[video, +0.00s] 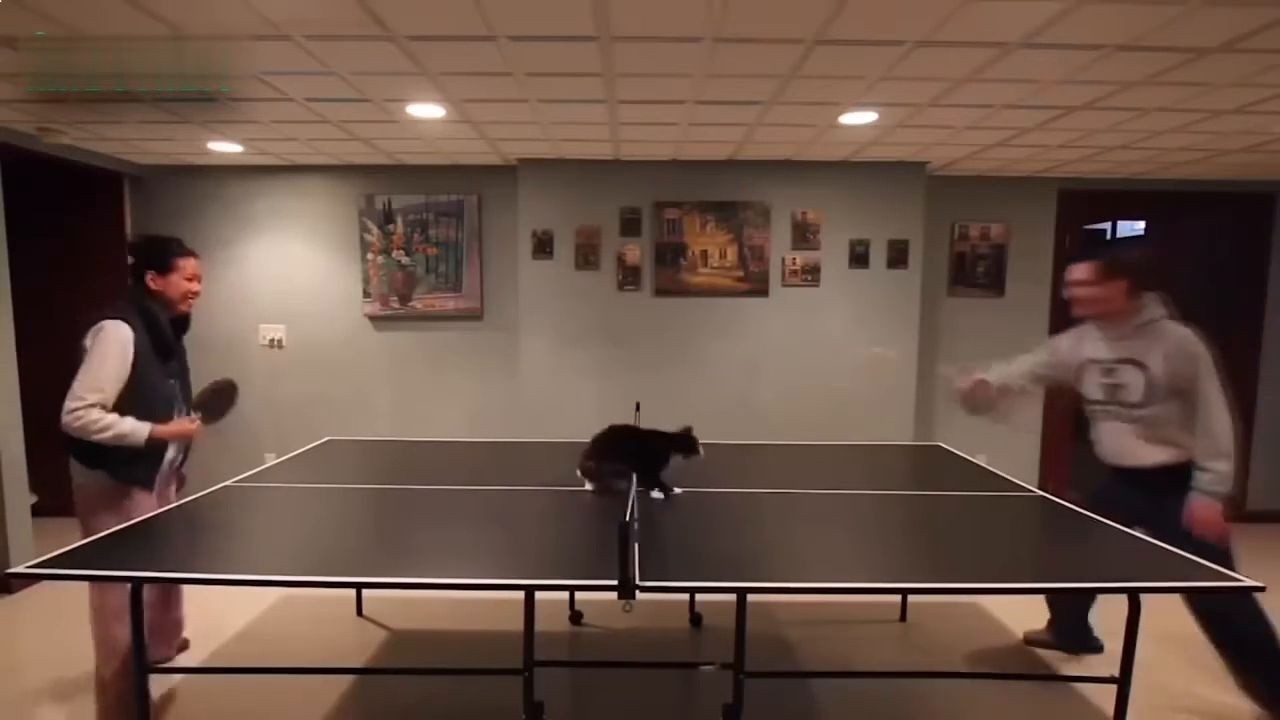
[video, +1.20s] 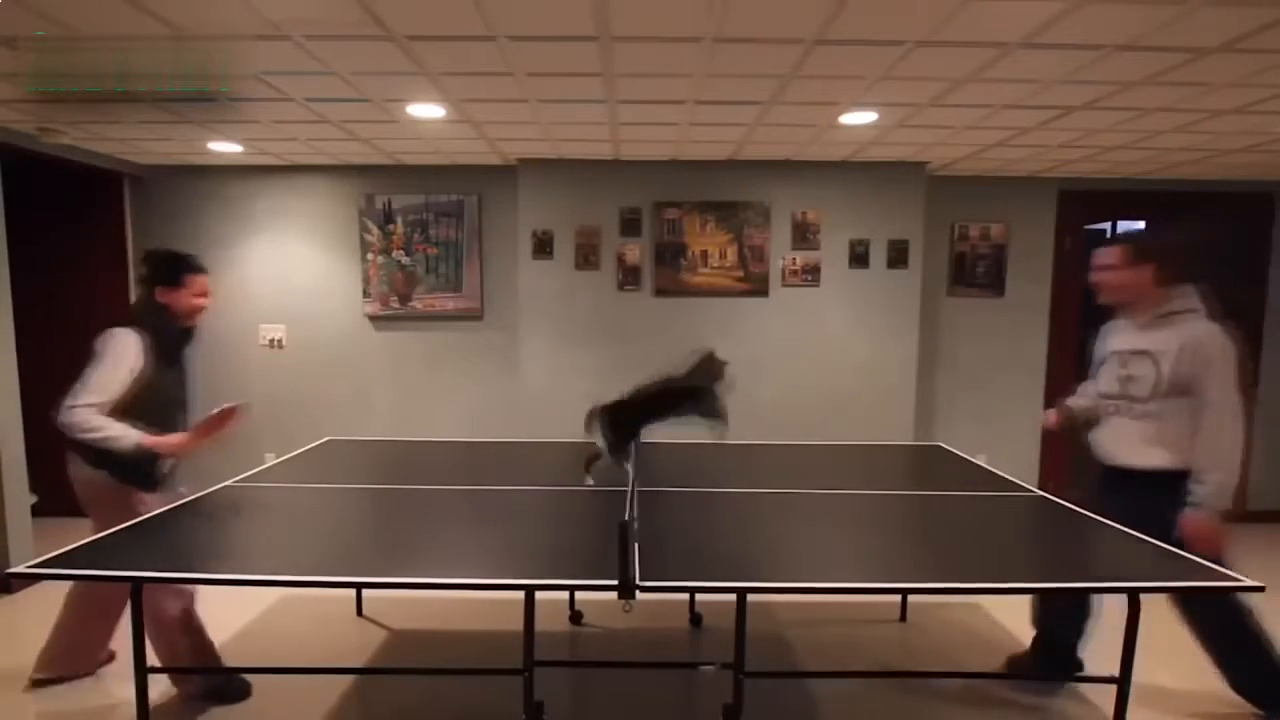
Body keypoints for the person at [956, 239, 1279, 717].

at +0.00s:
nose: (1072, 295)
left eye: (1082, 285)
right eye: (1070, 286)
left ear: (1120, 287)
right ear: (1076, 292)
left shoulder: (1177, 342)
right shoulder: (1078, 343)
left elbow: (1215, 418)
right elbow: (1029, 369)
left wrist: (1209, 492)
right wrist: (988, 386)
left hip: (1175, 484)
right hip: (1114, 481)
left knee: (1218, 596)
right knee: (1068, 546)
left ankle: (1275, 694)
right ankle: (1072, 631)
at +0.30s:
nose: (1057, 274)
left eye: (1068, 265)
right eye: (1056, 266)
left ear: (1104, 269)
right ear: (1059, 274)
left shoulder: (1159, 322)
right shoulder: (1060, 333)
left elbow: (1204, 390)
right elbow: (1035, 394)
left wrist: (1218, 462)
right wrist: (1029, 404)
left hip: (1168, 463)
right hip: (1102, 462)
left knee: (1220, 576)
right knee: (1079, 546)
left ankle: (1276, 683)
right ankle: (1075, 630)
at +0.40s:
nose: (1079, 273)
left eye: (1090, 264)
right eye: (1077, 264)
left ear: (1124, 270)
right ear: (1074, 272)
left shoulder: (1183, 324)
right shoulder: (1084, 333)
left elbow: (1229, 397)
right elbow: (1101, 395)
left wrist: (1239, 473)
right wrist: (1089, 426)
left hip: (1185, 469)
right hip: (1118, 467)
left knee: (1230, 585)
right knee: (1092, 550)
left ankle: (1275, 686)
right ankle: (1076, 630)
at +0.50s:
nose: (1130, 269)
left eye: (1142, 259)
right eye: (1128, 260)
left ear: (1178, 265)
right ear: (1124, 270)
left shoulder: (1234, 326)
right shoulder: (1131, 330)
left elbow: (1271, 405)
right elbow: (1135, 394)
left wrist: (1265, 486)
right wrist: (1117, 425)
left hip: (1218, 476)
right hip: (1152, 473)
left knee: (1241, 595)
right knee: (1118, 556)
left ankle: (1270, 695)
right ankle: (1077, 631)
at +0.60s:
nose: (1177, 260)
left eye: (1191, 249)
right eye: (1175, 251)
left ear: (1229, 256)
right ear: (1172, 261)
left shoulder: (1270, 310)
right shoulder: (1169, 321)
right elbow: (1161, 388)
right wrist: (1140, 415)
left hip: (1256, 475)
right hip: (1188, 471)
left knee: (1261, 595)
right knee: (1150, 564)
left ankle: (1269, 697)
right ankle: (1092, 638)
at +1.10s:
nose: (1156, 270)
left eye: (1167, 258)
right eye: (1153, 260)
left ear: (1206, 260)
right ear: (1153, 269)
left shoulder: (1256, 328)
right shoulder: (1156, 325)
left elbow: (1270, 419)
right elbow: (1142, 385)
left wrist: (1257, 499)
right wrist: (1098, 404)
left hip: (1221, 483)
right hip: (1156, 479)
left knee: (1242, 603)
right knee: (1112, 580)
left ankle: (1273, 693)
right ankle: (1051, 661)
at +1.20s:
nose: (1096, 280)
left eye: (1108, 270)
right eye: (1095, 270)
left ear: (1146, 273)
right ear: (1101, 277)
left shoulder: (1202, 337)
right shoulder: (1112, 333)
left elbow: (1223, 424)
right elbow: (1103, 389)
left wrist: (1205, 504)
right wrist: (1065, 412)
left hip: (1171, 488)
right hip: (1109, 483)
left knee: (1203, 599)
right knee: (1063, 559)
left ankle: (1273, 694)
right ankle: (1052, 656)